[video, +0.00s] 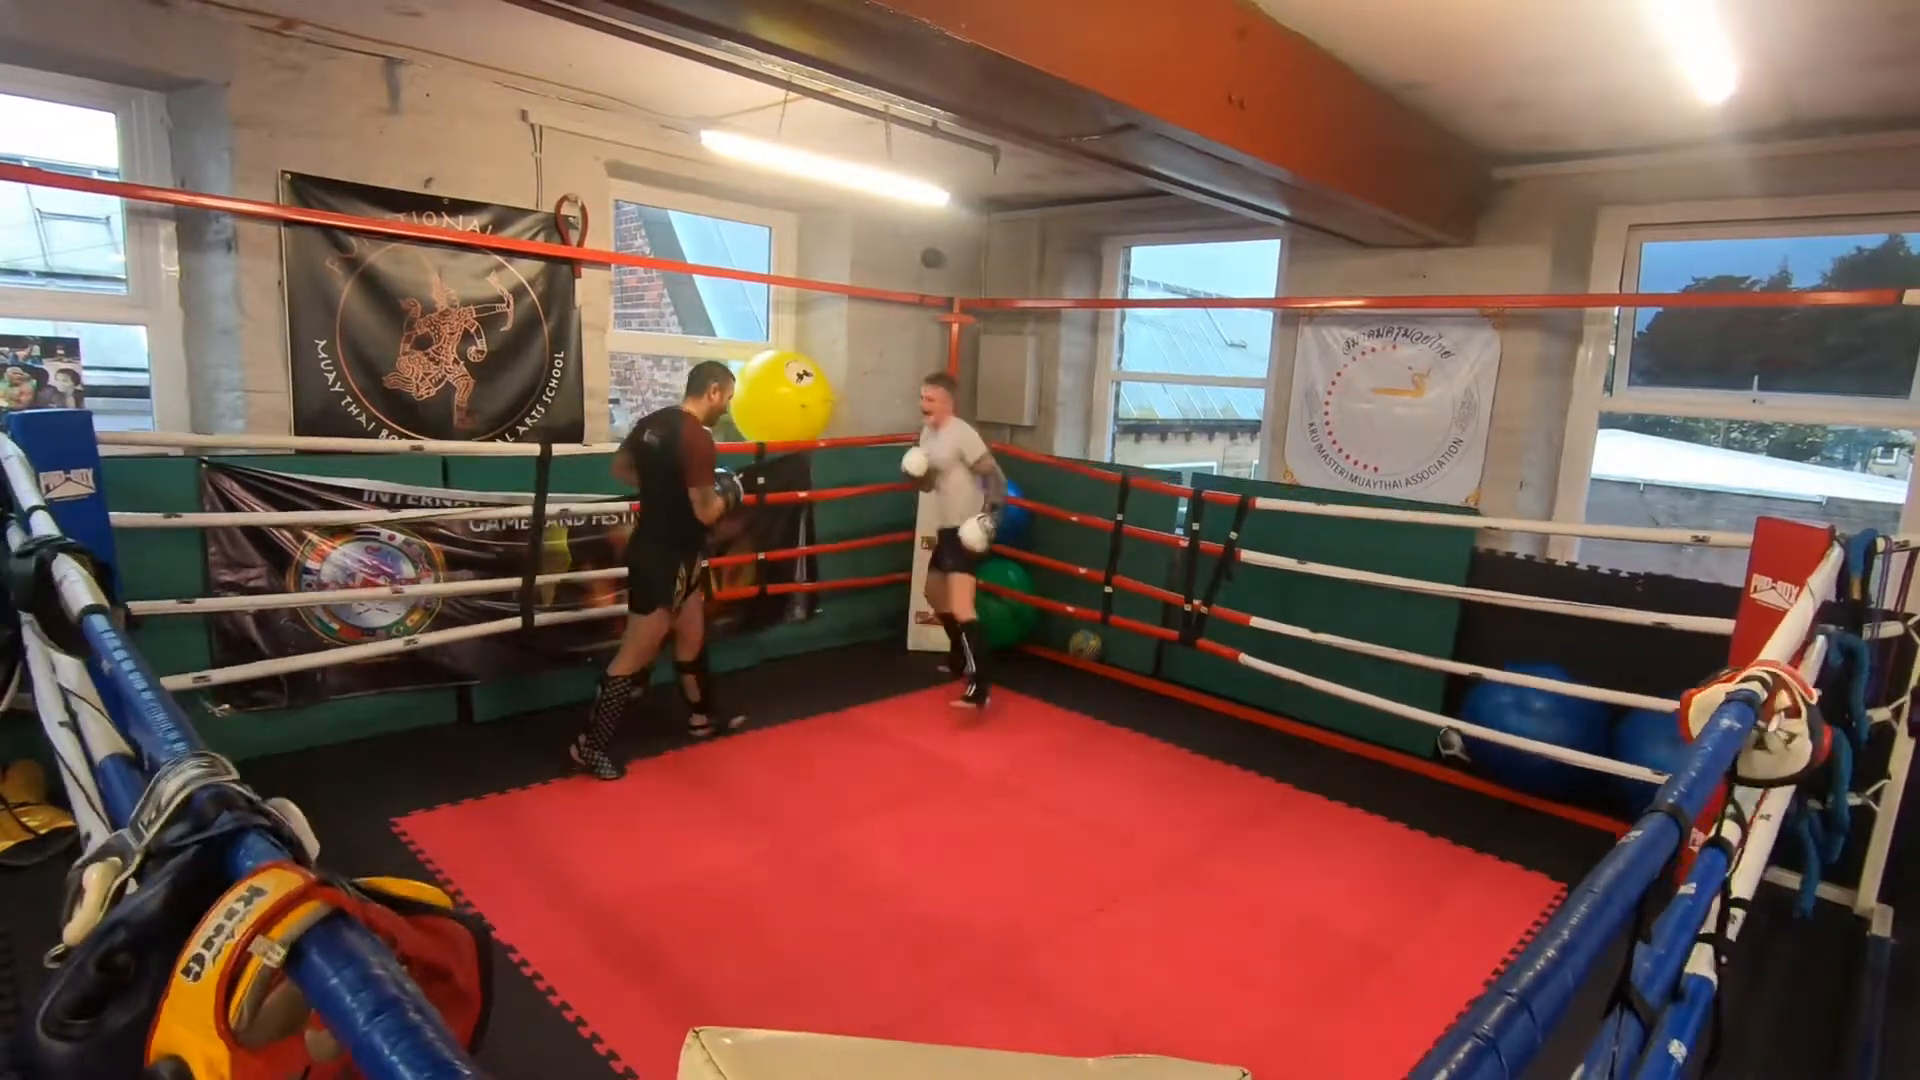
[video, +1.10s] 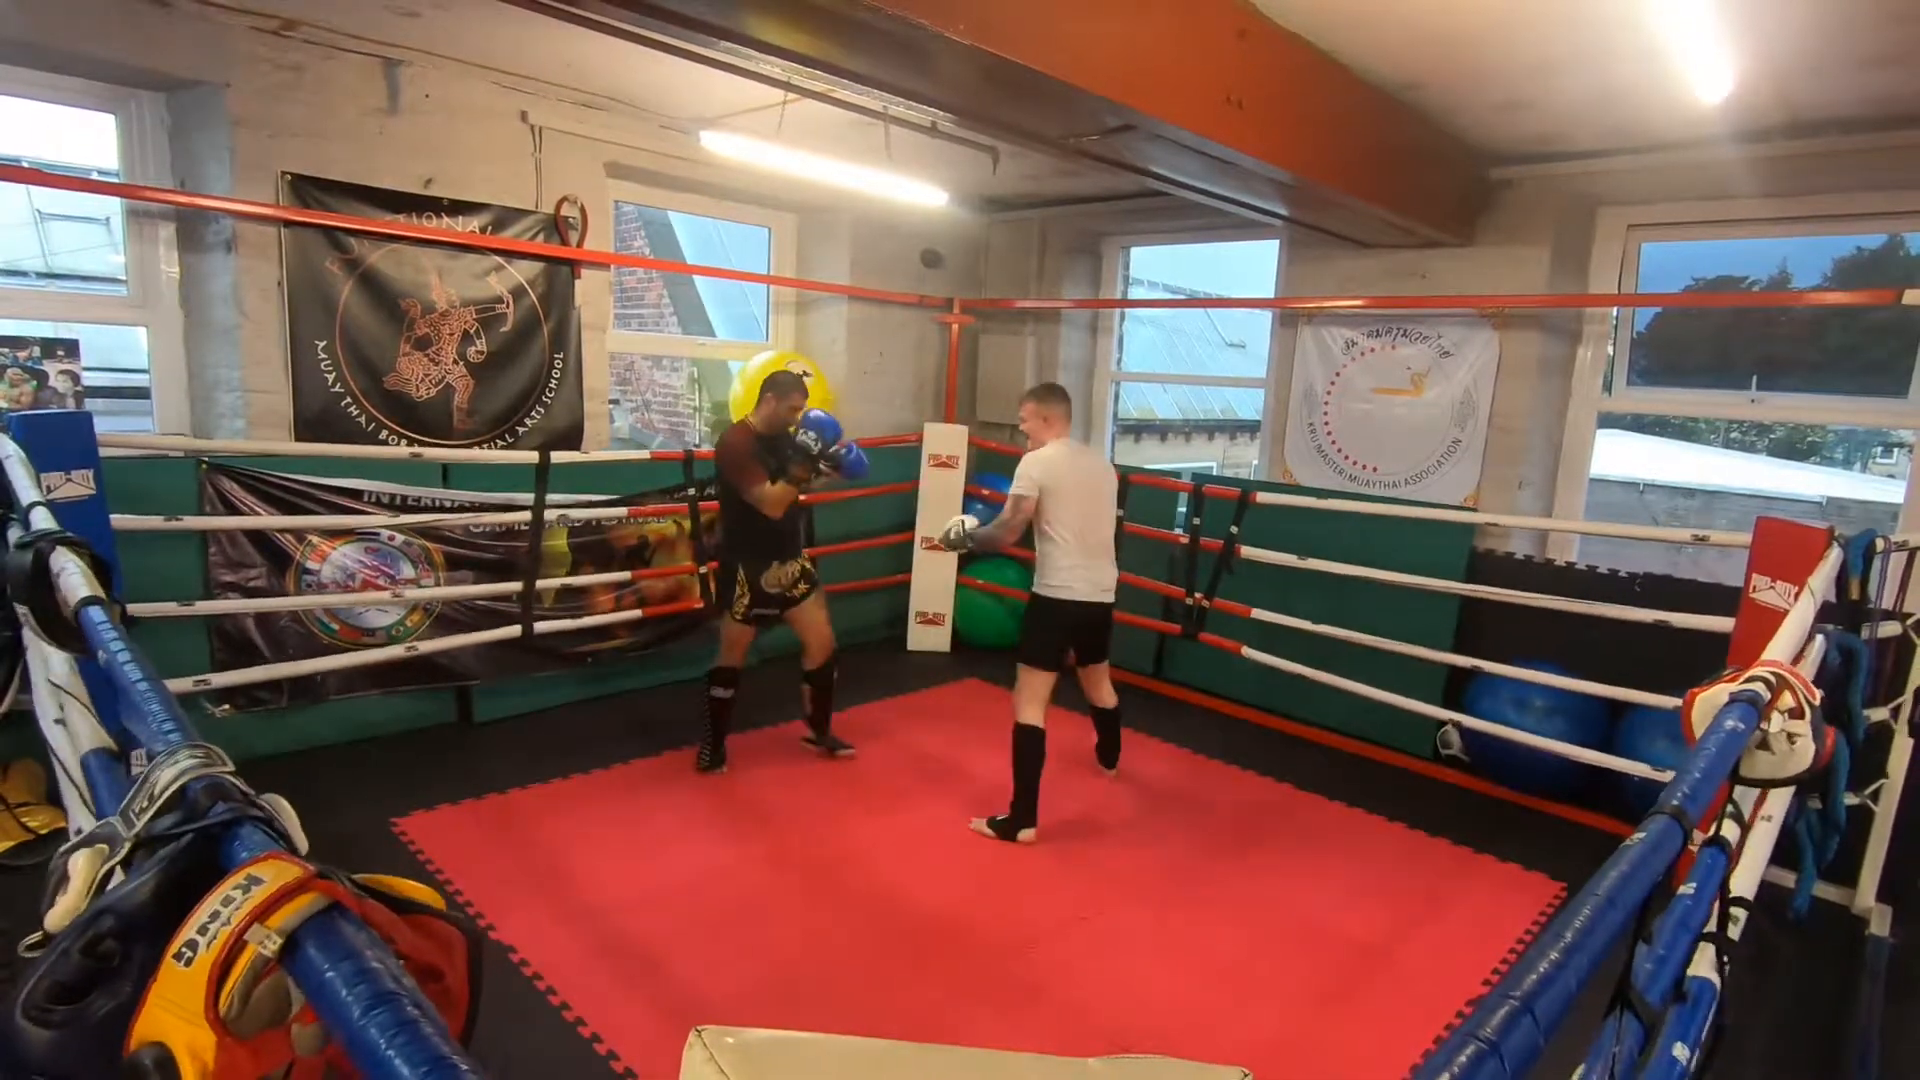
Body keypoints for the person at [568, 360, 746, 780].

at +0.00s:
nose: (727, 408)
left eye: (729, 400)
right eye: (727, 399)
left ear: (696, 390)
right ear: (713, 392)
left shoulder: (653, 422)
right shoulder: (696, 438)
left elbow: (621, 468)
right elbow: (706, 512)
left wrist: (665, 484)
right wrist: (730, 491)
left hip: (665, 550)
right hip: (666, 557)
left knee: (690, 636)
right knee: (639, 649)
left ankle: (701, 717)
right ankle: (591, 745)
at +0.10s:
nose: (735, 411)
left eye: (738, 403)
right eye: (736, 402)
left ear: (704, 392)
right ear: (722, 395)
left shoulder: (664, 426)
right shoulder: (706, 441)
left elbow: (634, 471)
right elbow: (722, 514)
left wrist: (678, 480)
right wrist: (745, 492)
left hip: (662, 550)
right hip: (679, 559)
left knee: (707, 640)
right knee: (647, 650)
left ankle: (738, 720)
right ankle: (594, 744)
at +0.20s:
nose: (747, 418)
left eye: (750, 410)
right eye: (748, 409)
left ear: (717, 400)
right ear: (732, 402)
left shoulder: (680, 438)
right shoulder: (713, 445)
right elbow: (738, 518)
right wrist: (761, 493)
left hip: (696, 564)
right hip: (692, 568)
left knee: (730, 648)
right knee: (658, 656)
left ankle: (757, 727)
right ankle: (596, 743)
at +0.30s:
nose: (763, 419)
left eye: (766, 412)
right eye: (763, 410)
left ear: (739, 398)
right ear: (747, 400)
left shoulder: (711, 435)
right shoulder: (726, 442)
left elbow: (727, 495)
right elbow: (756, 506)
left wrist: (764, 477)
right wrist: (787, 480)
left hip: (729, 560)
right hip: (707, 563)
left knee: (750, 642)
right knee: (686, 655)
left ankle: (758, 727)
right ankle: (611, 735)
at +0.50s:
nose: (783, 408)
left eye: (787, 403)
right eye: (780, 399)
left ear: (780, 407)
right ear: (763, 394)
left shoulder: (760, 435)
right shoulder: (740, 427)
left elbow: (790, 478)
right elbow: (789, 477)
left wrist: (807, 439)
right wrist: (808, 437)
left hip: (750, 552)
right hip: (720, 551)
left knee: (754, 645)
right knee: (715, 652)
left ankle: (758, 727)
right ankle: (661, 740)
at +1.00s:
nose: (789, 417)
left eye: (792, 410)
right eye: (785, 408)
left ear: (778, 407)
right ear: (761, 401)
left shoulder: (777, 439)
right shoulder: (727, 443)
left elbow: (794, 477)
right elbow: (768, 502)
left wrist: (825, 464)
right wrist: (796, 460)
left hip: (784, 559)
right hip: (742, 565)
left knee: (818, 638)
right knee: (735, 654)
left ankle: (786, 710)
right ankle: (715, 742)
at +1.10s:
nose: (796, 419)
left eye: (800, 412)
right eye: (792, 410)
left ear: (792, 408)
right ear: (767, 401)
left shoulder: (783, 441)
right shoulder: (735, 443)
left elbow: (800, 478)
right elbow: (772, 504)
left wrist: (833, 463)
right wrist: (804, 463)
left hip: (790, 560)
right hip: (746, 565)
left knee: (821, 642)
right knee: (732, 653)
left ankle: (820, 730)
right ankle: (714, 744)